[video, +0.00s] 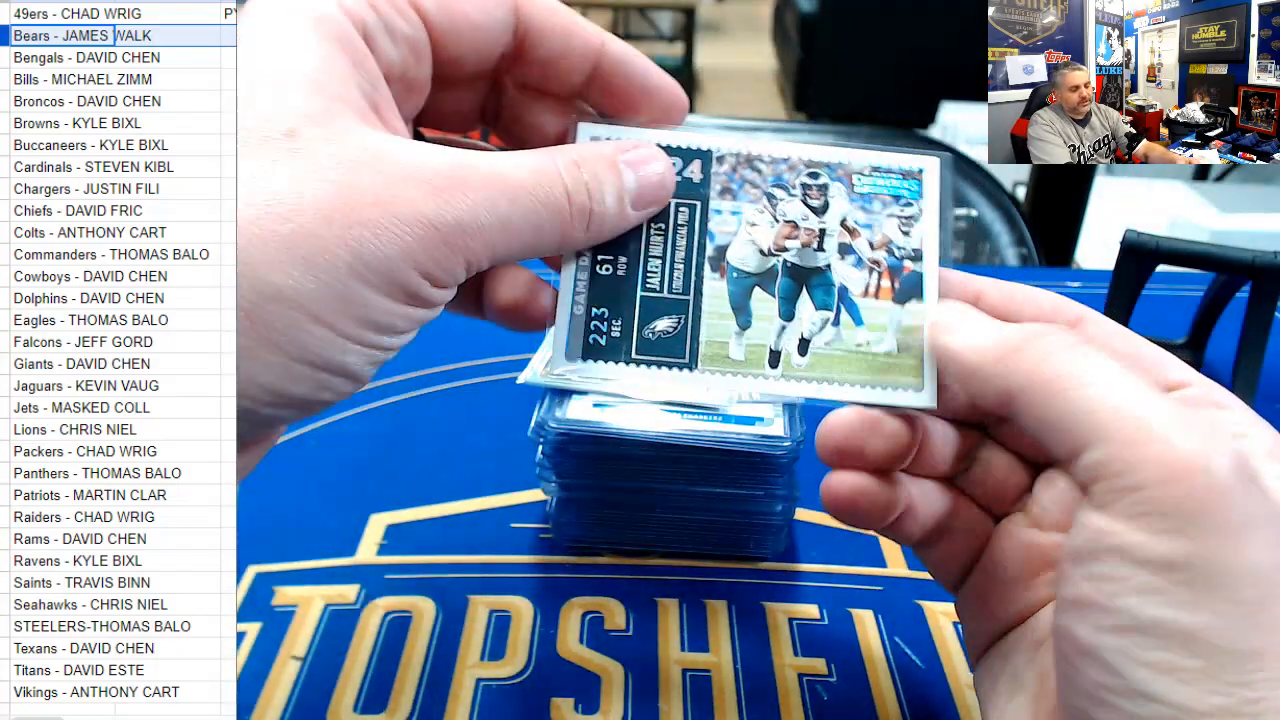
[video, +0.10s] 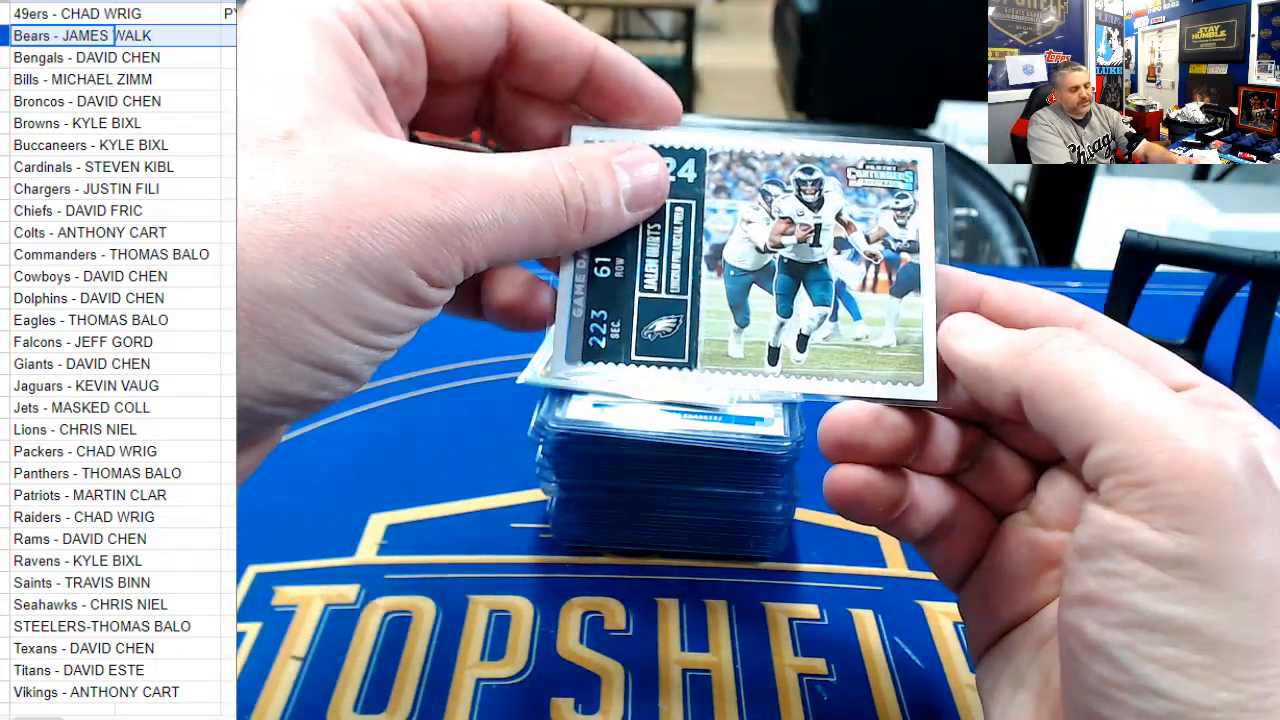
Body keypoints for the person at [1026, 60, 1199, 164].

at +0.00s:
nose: (1085, 94)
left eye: (1087, 86)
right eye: (1074, 90)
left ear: (1091, 85)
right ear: (1057, 95)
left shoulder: (1106, 114)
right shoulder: (1043, 122)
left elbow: (1145, 149)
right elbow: (1062, 176)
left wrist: (1178, 161)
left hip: (1114, 186)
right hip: (1072, 197)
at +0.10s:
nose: (1085, 94)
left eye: (1087, 86)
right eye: (1074, 90)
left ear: (1092, 86)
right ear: (1056, 96)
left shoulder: (1105, 114)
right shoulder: (1043, 123)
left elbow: (1145, 149)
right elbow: (1061, 177)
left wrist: (1178, 160)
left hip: (1113, 188)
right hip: (1072, 198)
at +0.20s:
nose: (1085, 95)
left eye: (1087, 86)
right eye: (1074, 90)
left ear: (1092, 86)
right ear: (1056, 96)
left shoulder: (1105, 114)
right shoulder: (1043, 123)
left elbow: (1145, 149)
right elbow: (1060, 176)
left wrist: (1181, 162)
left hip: (1113, 186)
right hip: (1072, 197)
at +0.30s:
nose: (1085, 95)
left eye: (1087, 87)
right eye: (1074, 90)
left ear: (1091, 86)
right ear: (1056, 96)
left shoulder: (1105, 114)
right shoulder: (1043, 123)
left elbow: (1145, 150)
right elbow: (1060, 176)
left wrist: (1181, 162)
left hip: (1113, 187)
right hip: (1071, 197)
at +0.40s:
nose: (1085, 95)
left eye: (1087, 87)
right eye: (1074, 91)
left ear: (1091, 86)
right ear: (1056, 96)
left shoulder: (1105, 114)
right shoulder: (1043, 123)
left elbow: (1145, 150)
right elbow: (1060, 176)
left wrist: (1181, 162)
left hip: (1113, 187)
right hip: (1071, 197)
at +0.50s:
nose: (1084, 95)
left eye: (1086, 86)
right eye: (1074, 91)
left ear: (1091, 86)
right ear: (1056, 96)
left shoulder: (1106, 114)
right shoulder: (1042, 123)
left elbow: (1144, 149)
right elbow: (1061, 176)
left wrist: (1178, 159)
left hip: (1112, 188)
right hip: (1070, 197)